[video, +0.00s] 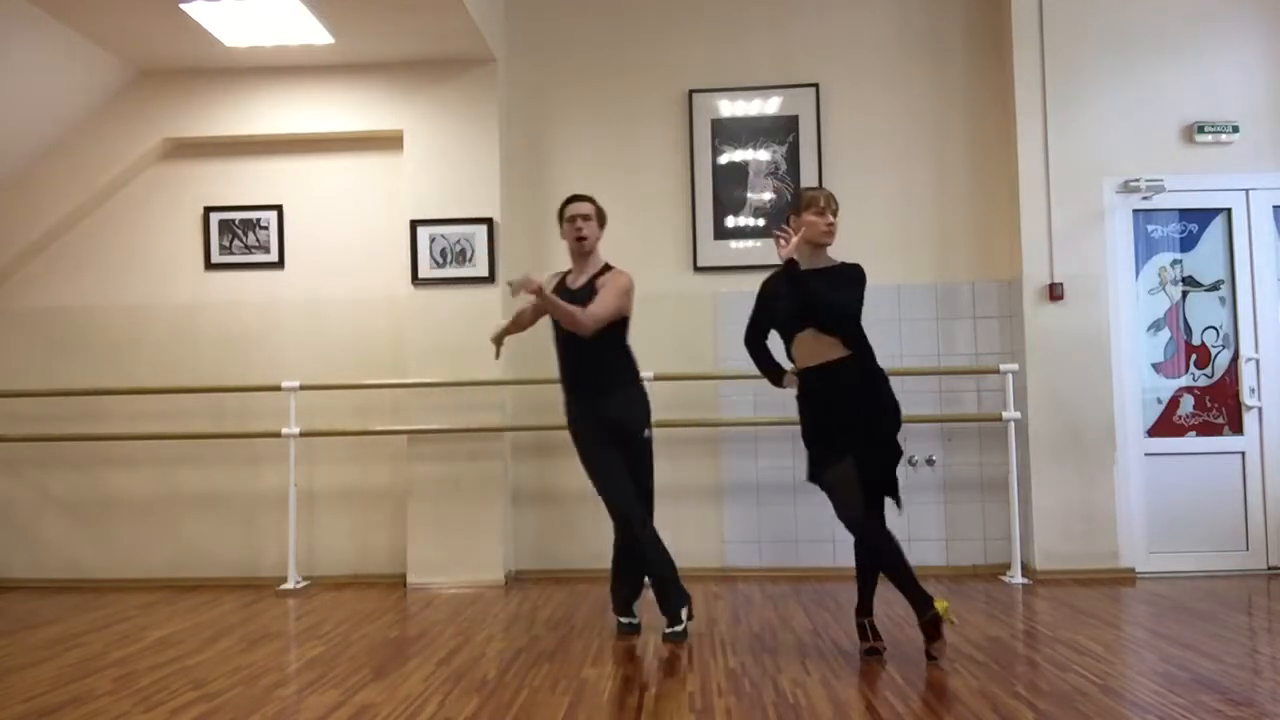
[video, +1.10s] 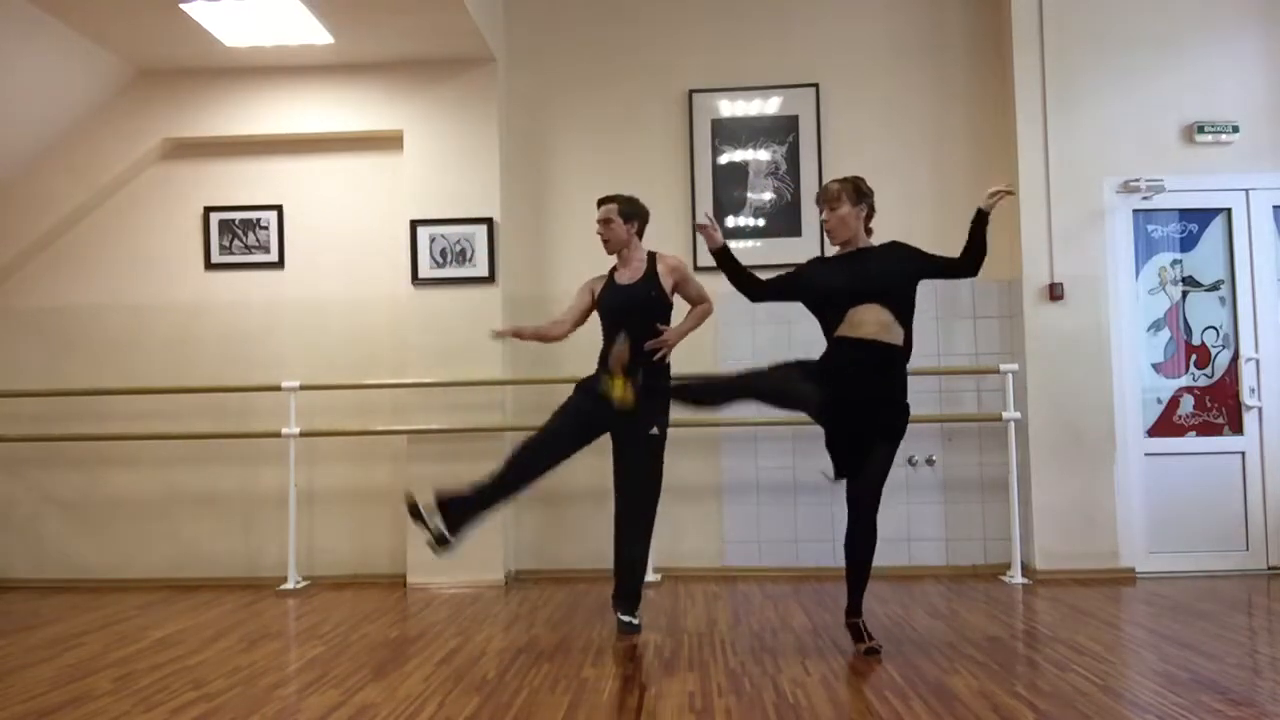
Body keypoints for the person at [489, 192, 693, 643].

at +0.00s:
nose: (579, 227)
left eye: (586, 220)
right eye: (571, 221)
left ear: (601, 229)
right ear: (561, 231)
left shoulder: (618, 281)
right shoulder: (556, 285)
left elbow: (585, 323)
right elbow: (527, 319)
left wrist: (542, 295)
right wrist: (503, 332)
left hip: (627, 407)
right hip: (584, 414)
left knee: (633, 510)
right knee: (627, 511)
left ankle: (624, 603)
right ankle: (677, 604)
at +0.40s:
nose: (609, 227)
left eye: (616, 220)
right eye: (602, 221)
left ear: (630, 228)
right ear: (591, 230)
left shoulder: (645, 277)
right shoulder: (582, 279)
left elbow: (616, 329)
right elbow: (554, 301)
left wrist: (570, 297)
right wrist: (525, 311)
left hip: (646, 403)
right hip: (602, 404)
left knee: (641, 506)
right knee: (606, 484)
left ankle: (627, 604)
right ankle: (672, 542)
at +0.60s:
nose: (618, 229)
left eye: (625, 223)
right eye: (610, 223)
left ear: (638, 231)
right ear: (599, 232)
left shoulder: (650, 283)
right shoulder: (591, 282)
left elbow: (660, 350)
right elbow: (558, 297)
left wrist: (605, 330)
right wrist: (541, 300)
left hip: (648, 410)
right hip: (602, 407)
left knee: (638, 512)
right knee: (591, 489)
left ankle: (626, 606)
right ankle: (666, 523)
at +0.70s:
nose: (618, 230)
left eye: (625, 223)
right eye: (611, 224)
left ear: (640, 231)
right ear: (602, 232)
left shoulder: (657, 283)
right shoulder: (593, 283)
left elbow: (686, 344)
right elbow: (544, 302)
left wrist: (632, 344)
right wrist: (504, 313)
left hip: (647, 410)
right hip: (602, 406)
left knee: (642, 509)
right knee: (574, 491)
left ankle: (629, 603)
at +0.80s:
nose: (612, 230)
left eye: (619, 223)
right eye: (607, 224)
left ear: (640, 228)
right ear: (602, 232)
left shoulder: (663, 280)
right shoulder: (594, 283)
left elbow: (697, 329)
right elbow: (538, 302)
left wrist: (655, 345)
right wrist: (488, 319)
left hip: (645, 408)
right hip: (601, 404)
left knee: (641, 509)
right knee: (567, 489)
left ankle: (629, 604)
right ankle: (538, 588)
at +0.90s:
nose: (601, 231)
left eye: (609, 223)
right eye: (600, 224)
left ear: (635, 228)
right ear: (605, 230)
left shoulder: (666, 270)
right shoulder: (597, 284)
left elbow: (706, 309)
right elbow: (537, 309)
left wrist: (673, 336)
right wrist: (476, 322)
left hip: (644, 398)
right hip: (599, 391)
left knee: (636, 506)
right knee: (543, 461)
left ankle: (627, 606)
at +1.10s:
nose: (600, 230)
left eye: (608, 223)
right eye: (599, 224)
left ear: (634, 227)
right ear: (609, 230)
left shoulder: (668, 268)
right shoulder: (598, 286)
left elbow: (704, 304)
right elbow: (562, 327)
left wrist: (678, 333)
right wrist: (519, 332)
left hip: (646, 400)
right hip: (599, 392)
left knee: (637, 506)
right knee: (533, 457)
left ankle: (627, 604)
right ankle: (451, 521)